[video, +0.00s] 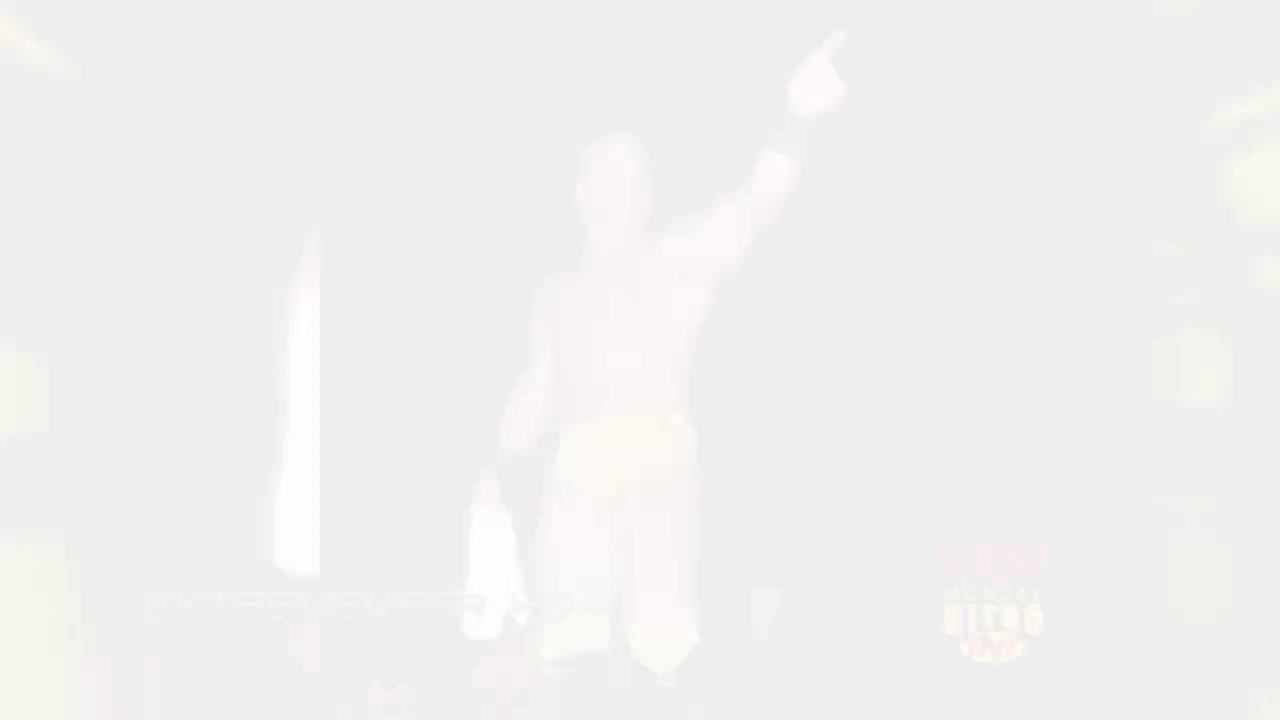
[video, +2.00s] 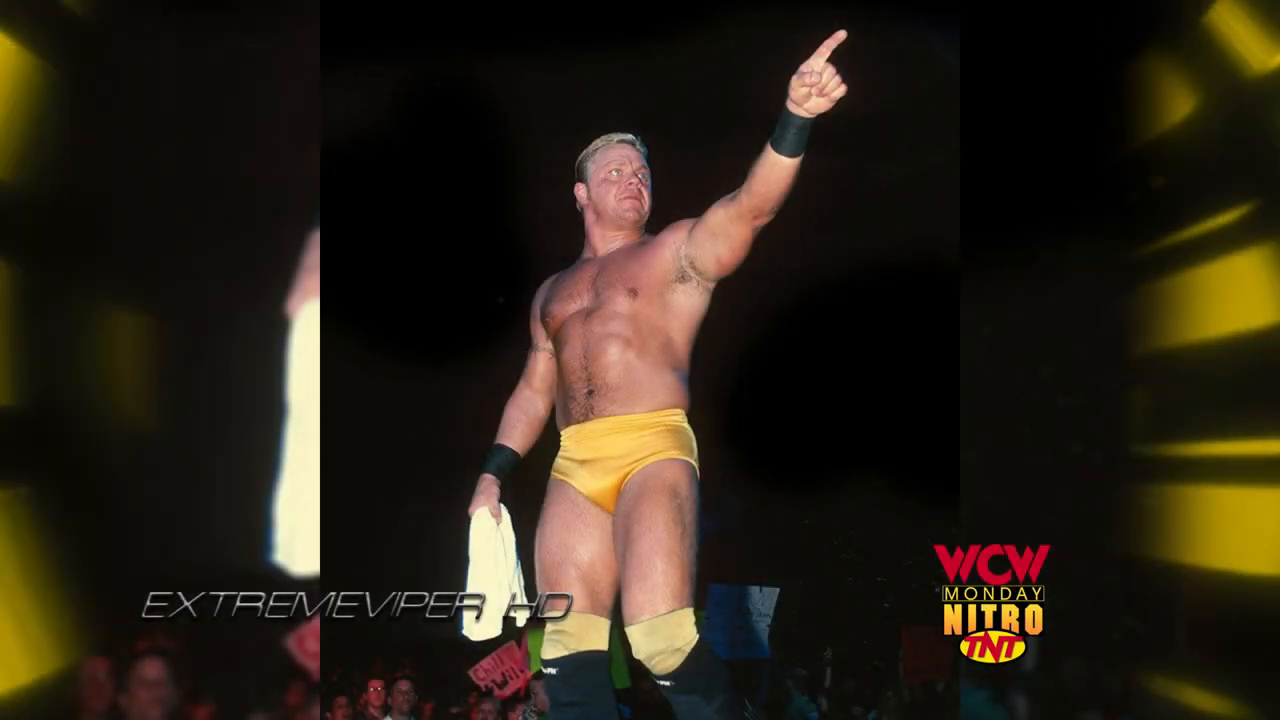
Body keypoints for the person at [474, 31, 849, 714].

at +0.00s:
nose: (611, 206)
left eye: (624, 189)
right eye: (598, 190)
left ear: (648, 194)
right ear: (580, 197)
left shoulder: (680, 264)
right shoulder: (562, 296)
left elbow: (757, 201)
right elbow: (536, 389)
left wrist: (800, 117)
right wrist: (503, 464)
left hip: (659, 453)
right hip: (581, 458)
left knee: (659, 609)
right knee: (573, 602)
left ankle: (659, 687)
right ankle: (576, 690)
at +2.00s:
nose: (632, 180)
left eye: (640, 172)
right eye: (614, 171)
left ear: (651, 193)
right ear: (581, 193)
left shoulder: (680, 254)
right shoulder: (553, 296)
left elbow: (752, 204)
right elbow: (534, 394)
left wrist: (797, 115)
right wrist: (490, 477)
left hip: (656, 448)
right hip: (576, 462)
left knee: (659, 635)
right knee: (568, 646)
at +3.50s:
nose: (632, 180)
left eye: (640, 172)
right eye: (614, 171)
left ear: (650, 194)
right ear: (581, 193)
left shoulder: (680, 254)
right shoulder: (553, 296)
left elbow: (752, 204)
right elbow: (534, 394)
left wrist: (797, 115)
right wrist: (490, 477)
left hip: (656, 448)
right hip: (576, 462)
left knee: (659, 635)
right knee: (568, 646)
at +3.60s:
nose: (632, 180)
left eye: (640, 172)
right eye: (614, 171)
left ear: (650, 194)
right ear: (581, 193)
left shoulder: (680, 254)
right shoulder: (553, 296)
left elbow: (752, 204)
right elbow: (534, 394)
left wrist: (797, 115)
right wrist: (490, 477)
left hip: (656, 448)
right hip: (576, 462)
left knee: (659, 635)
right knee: (568, 646)